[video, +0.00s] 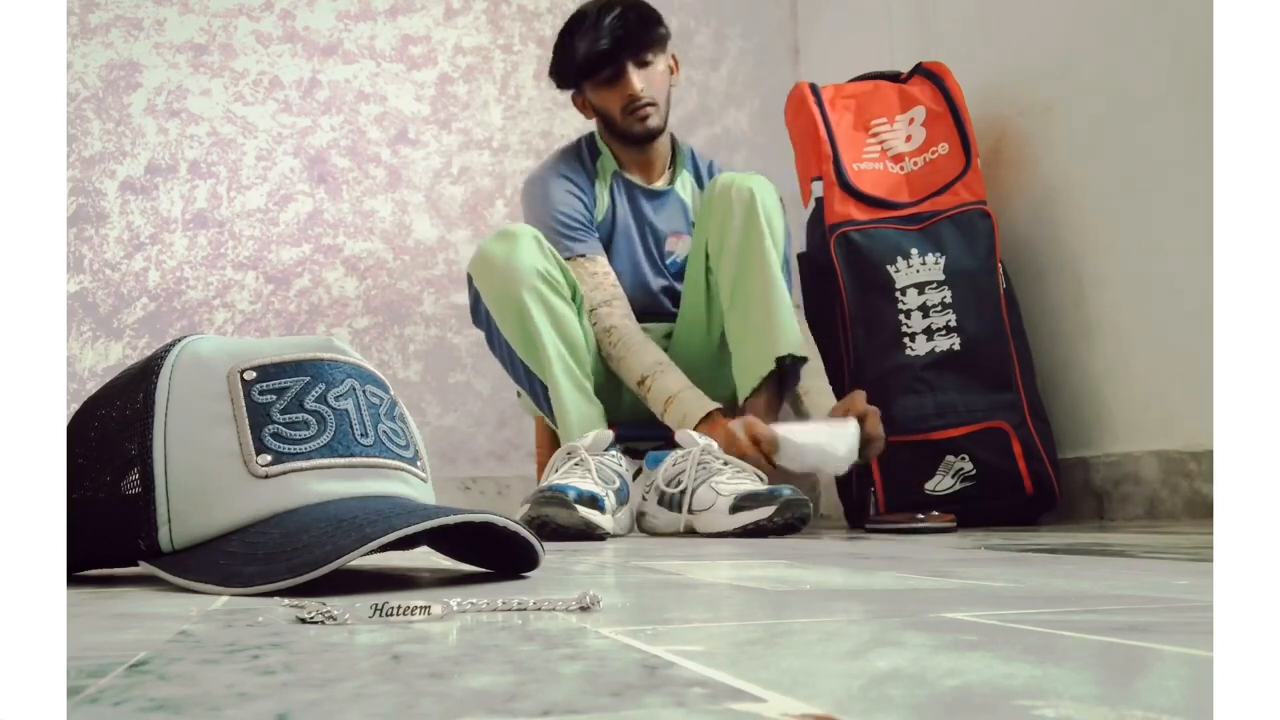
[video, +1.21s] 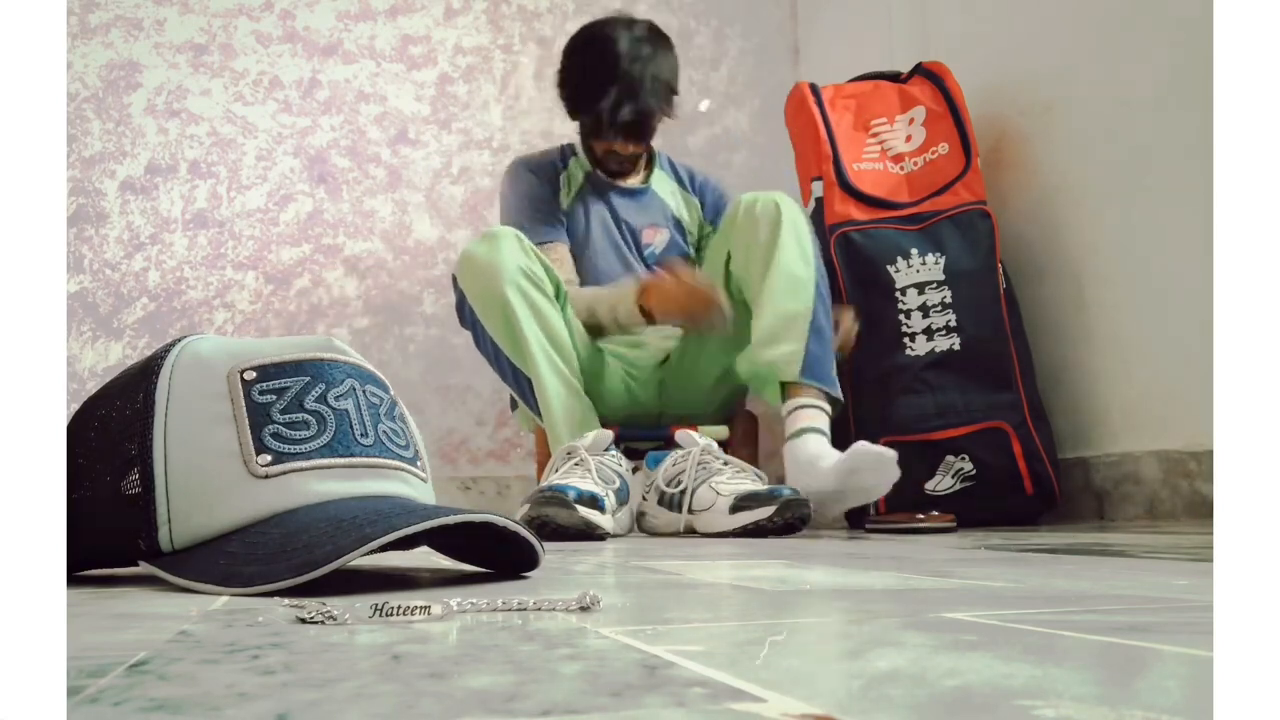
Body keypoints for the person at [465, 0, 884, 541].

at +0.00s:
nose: (635, 87)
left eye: (645, 63)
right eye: (609, 77)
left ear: (672, 69)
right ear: (584, 105)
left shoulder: (715, 185)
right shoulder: (558, 187)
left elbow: (779, 314)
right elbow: (615, 329)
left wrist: (827, 416)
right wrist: (708, 420)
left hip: (702, 378)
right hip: (602, 379)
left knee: (747, 192)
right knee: (504, 251)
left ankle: (722, 464)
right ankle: (591, 461)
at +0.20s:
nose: (613, 91)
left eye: (622, 71)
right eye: (589, 85)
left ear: (647, 81)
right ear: (567, 118)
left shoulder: (703, 190)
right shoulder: (547, 195)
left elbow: (765, 319)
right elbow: (606, 321)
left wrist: (814, 414)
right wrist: (695, 404)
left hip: (694, 379)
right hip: (594, 382)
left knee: (728, 183)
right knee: (491, 254)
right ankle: (586, 461)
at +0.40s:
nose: (597, 105)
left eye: (605, 84)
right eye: (573, 98)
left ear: (630, 95)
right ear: (552, 133)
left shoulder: (690, 192)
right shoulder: (534, 205)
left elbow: (755, 316)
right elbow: (593, 319)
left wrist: (757, 401)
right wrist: (681, 391)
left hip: (688, 375)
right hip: (592, 382)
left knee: (713, 178)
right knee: (482, 254)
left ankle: (755, 390)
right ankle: (585, 458)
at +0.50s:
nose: (588, 109)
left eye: (596, 88)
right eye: (564, 104)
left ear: (623, 96)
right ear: (547, 135)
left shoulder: (689, 193)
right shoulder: (533, 206)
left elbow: (763, 332)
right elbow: (601, 319)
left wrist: (760, 386)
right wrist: (683, 385)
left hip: (684, 378)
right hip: (592, 383)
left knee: (724, 178)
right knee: (482, 254)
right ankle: (582, 459)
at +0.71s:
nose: (567, 109)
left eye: (575, 88)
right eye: (544, 108)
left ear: (609, 92)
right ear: (536, 139)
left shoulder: (680, 191)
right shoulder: (529, 200)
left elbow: (748, 271)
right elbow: (578, 305)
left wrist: (802, 334)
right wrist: (669, 348)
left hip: (688, 380)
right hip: (595, 381)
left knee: (727, 178)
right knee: (494, 249)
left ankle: (765, 373)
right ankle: (591, 454)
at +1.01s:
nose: (597, 129)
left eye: (609, 105)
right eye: (575, 111)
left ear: (632, 94)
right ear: (547, 116)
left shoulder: (685, 193)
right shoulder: (530, 193)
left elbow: (766, 272)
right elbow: (575, 302)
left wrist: (791, 369)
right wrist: (678, 357)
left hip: (690, 381)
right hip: (594, 379)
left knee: (746, 195)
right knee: (489, 253)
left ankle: (778, 442)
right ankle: (588, 461)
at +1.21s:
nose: (618, 148)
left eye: (635, 132)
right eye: (600, 131)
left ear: (660, 113)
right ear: (576, 110)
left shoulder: (697, 193)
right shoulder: (537, 180)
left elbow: (741, 297)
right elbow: (558, 306)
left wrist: (824, 318)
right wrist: (643, 298)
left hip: (696, 373)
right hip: (598, 373)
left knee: (774, 210)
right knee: (486, 253)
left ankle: (805, 450)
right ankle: (585, 460)